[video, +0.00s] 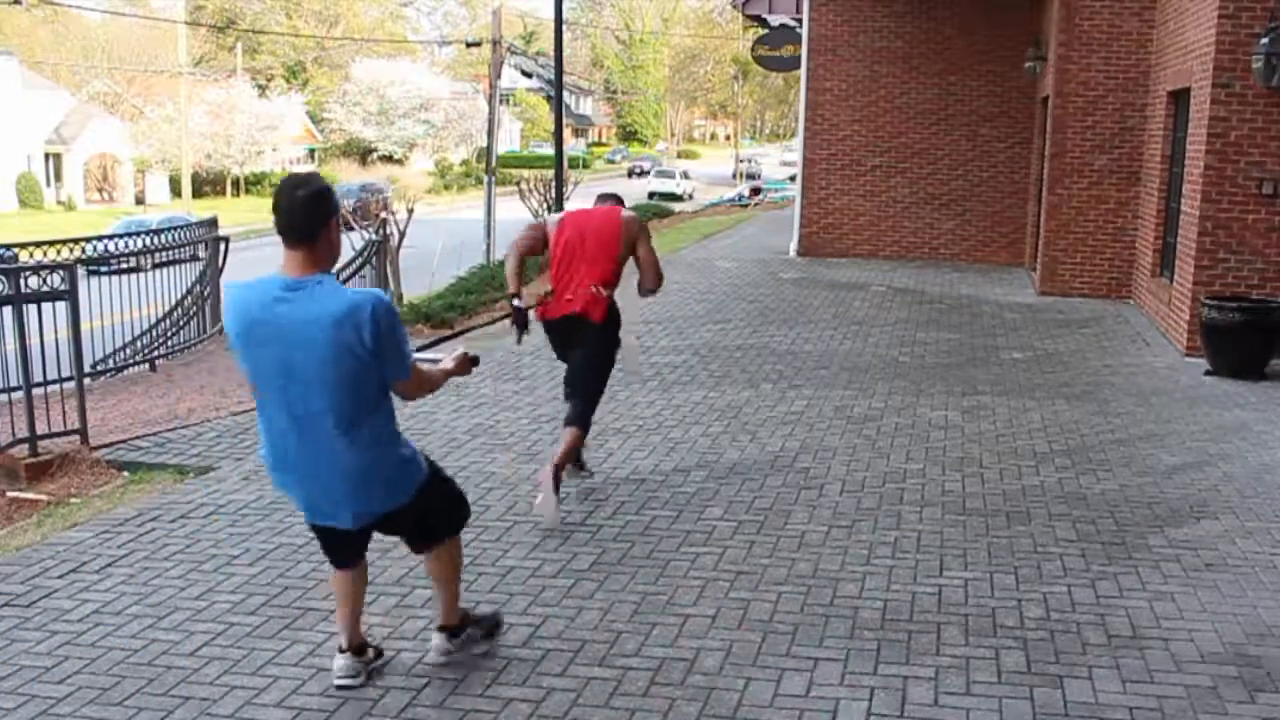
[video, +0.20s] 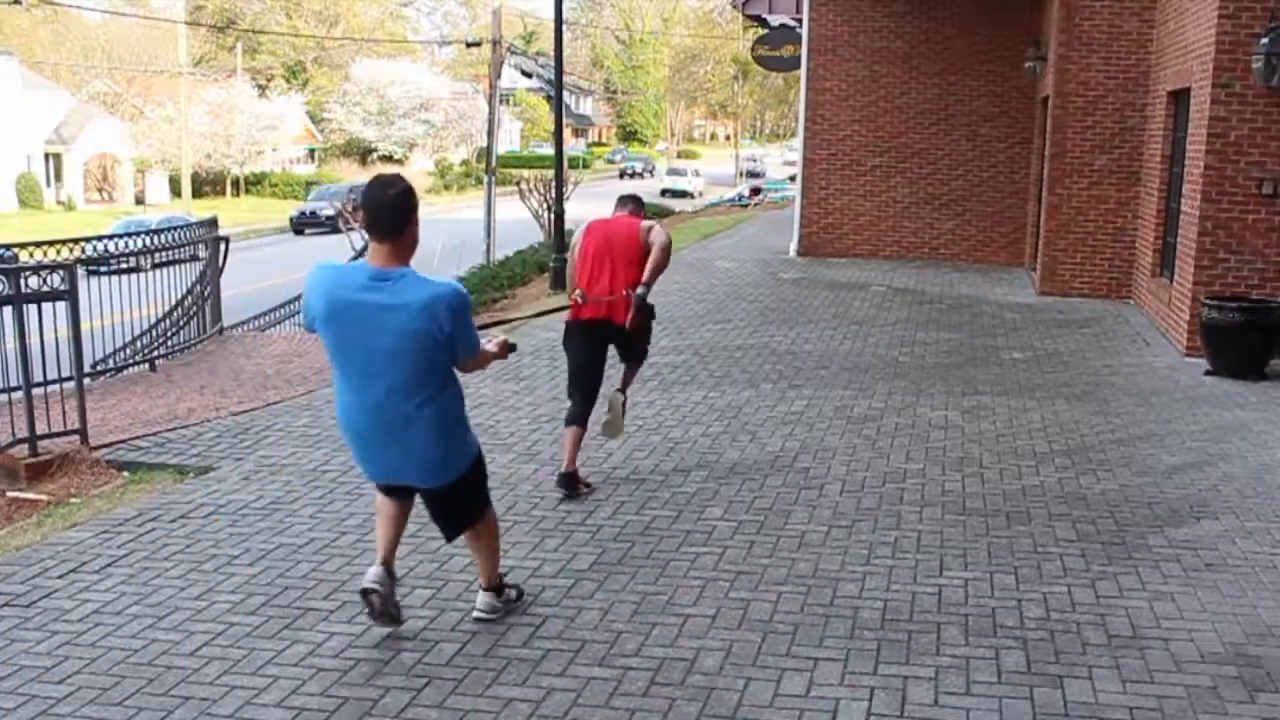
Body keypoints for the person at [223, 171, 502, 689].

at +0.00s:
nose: (342, 231)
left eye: (338, 222)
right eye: (340, 222)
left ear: (279, 230)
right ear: (332, 229)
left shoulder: (240, 305)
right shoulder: (364, 309)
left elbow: (270, 374)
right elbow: (409, 385)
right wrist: (447, 370)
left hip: (299, 474)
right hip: (374, 469)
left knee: (344, 553)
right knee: (441, 520)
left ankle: (349, 648)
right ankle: (451, 623)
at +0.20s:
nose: (418, 226)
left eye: (415, 218)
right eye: (417, 219)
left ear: (362, 225)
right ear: (413, 226)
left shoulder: (325, 285)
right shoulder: (443, 298)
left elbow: (317, 327)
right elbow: (468, 361)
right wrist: (494, 351)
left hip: (367, 440)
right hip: (436, 443)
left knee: (393, 488)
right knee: (475, 512)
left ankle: (381, 569)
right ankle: (491, 590)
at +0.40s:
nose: (458, 212)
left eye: (452, 206)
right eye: (457, 206)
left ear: (410, 210)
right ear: (455, 211)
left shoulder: (376, 265)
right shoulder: (483, 273)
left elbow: (380, 316)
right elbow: (515, 326)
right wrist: (548, 325)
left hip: (419, 420)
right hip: (481, 416)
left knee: (447, 484)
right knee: (506, 479)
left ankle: (464, 537)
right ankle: (494, 554)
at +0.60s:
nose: (495, 207)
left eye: (491, 201)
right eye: (494, 201)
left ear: (452, 206)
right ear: (492, 205)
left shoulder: (421, 257)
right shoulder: (514, 264)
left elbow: (429, 308)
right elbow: (538, 316)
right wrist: (566, 317)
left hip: (455, 398)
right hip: (510, 393)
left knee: (472, 455)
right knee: (548, 433)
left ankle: (471, 529)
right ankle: (556, 504)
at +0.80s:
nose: (545, 200)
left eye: (539, 195)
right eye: (544, 195)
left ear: (504, 199)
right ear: (541, 200)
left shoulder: (476, 241)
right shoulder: (563, 252)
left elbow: (480, 281)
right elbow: (577, 297)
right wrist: (594, 288)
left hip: (498, 366)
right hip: (550, 370)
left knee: (508, 409)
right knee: (574, 432)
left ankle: (492, 469)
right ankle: (576, 491)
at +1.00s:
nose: (567, 183)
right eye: (566, 178)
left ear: (531, 185)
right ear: (566, 182)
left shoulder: (508, 225)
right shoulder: (590, 228)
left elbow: (517, 269)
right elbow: (612, 274)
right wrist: (636, 279)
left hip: (536, 344)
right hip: (584, 341)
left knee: (549, 404)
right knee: (598, 396)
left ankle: (556, 456)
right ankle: (589, 447)